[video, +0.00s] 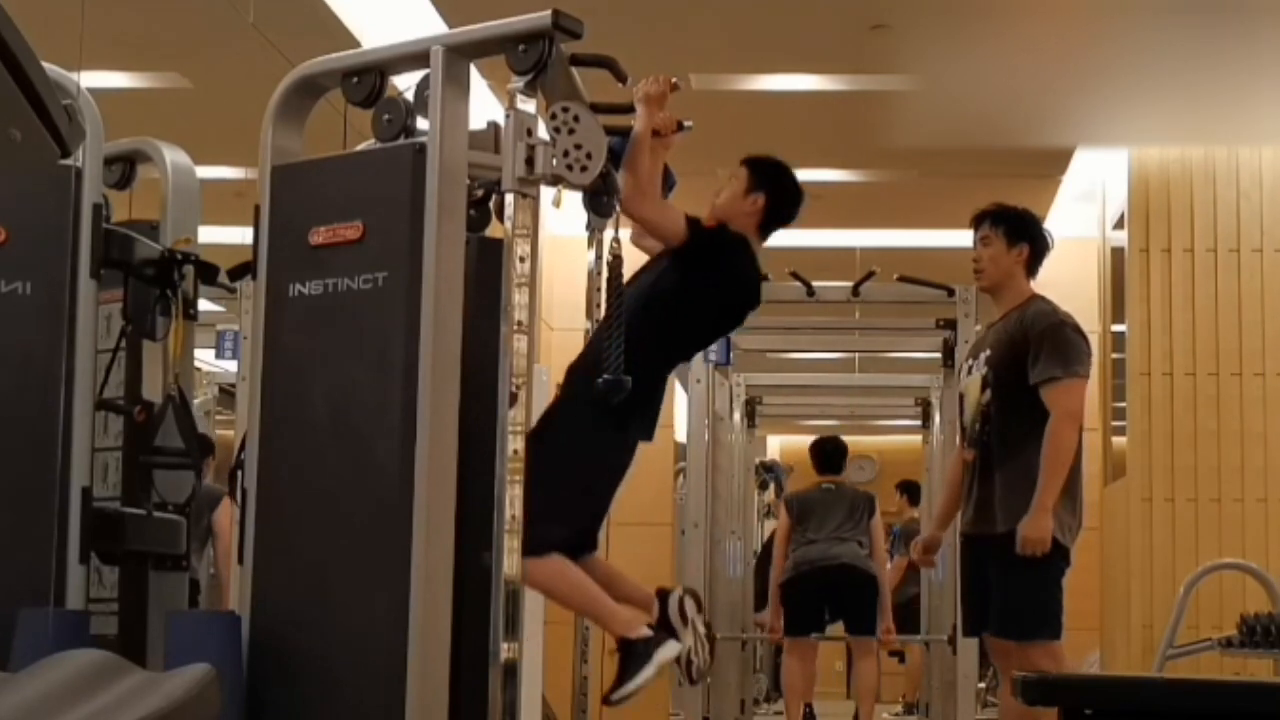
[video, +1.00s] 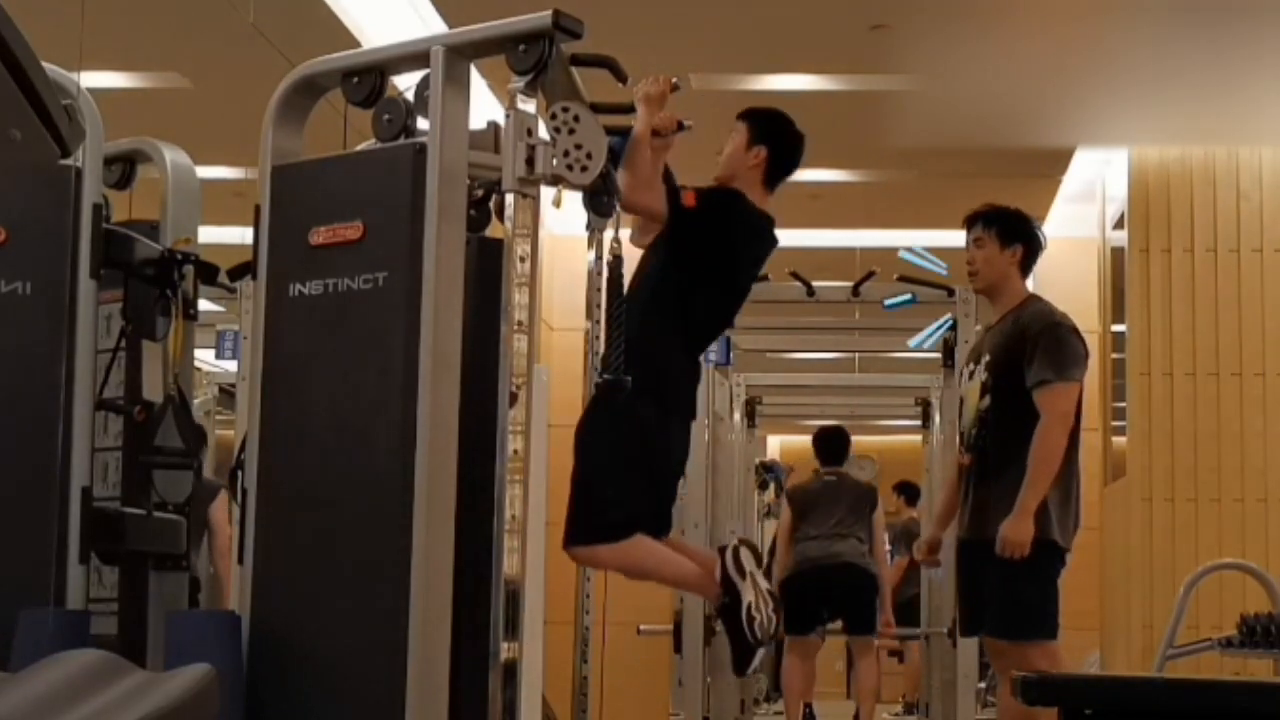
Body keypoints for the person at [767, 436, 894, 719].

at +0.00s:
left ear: (813, 464)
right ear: (846, 463)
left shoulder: (793, 501)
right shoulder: (866, 501)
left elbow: (778, 561)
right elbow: (880, 561)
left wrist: (774, 611)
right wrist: (886, 615)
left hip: (804, 583)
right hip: (857, 581)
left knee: (798, 653)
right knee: (865, 652)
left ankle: (795, 715)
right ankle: (865, 716)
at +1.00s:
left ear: (815, 454)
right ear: (848, 453)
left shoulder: (795, 494)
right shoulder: (868, 493)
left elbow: (782, 555)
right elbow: (880, 557)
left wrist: (779, 599)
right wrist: (886, 609)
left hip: (804, 581)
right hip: (855, 581)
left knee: (797, 652)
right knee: (865, 652)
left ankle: (794, 716)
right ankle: (865, 715)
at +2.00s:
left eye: (814, 398)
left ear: (811, 400)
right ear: (844, 399)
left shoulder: (791, 449)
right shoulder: (866, 447)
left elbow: (776, 508)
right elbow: (879, 511)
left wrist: (773, 558)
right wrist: (886, 559)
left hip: (806, 566)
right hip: (854, 565)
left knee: (805, 648)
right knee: (857, 649)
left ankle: (798, 716)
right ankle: (863, 714)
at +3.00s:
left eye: (814, 461)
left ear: (813, 464)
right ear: (847, 464)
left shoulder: (794, 503)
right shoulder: (867, 502)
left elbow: (780, 564)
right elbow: (882, 564)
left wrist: (775, 613)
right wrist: (887, 618)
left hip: (806, 585)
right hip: (858, 584)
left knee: (801, 653)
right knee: (865, 653)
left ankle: (798, 715)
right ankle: (865, 715)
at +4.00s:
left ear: (818, 428)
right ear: (850, 428)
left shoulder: (796, 473)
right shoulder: (871, 472)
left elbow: (782, 535)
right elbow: (882, 534)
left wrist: (774, 586)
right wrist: (889, 587)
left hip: (806, 574)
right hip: (856, 573)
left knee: (802, 649)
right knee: (862, 649)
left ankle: (796, 715)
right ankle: (865, 714)